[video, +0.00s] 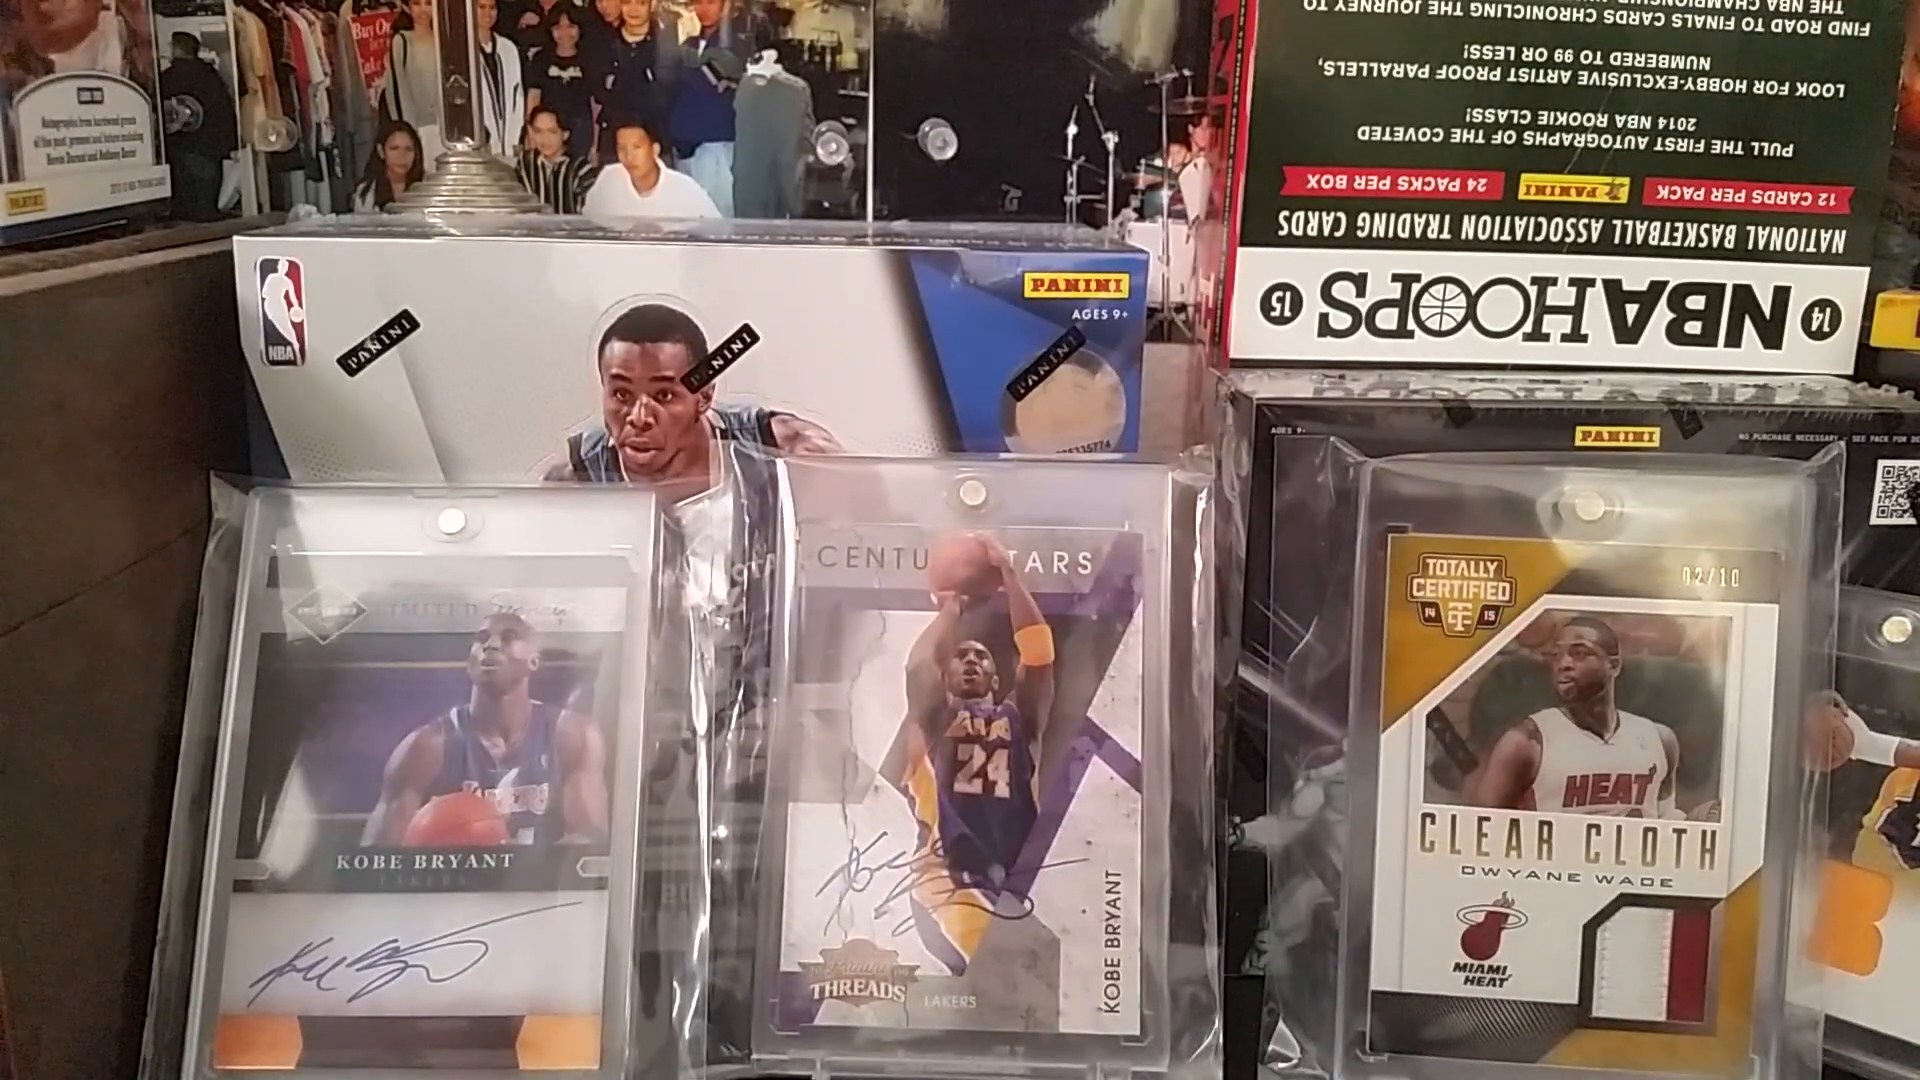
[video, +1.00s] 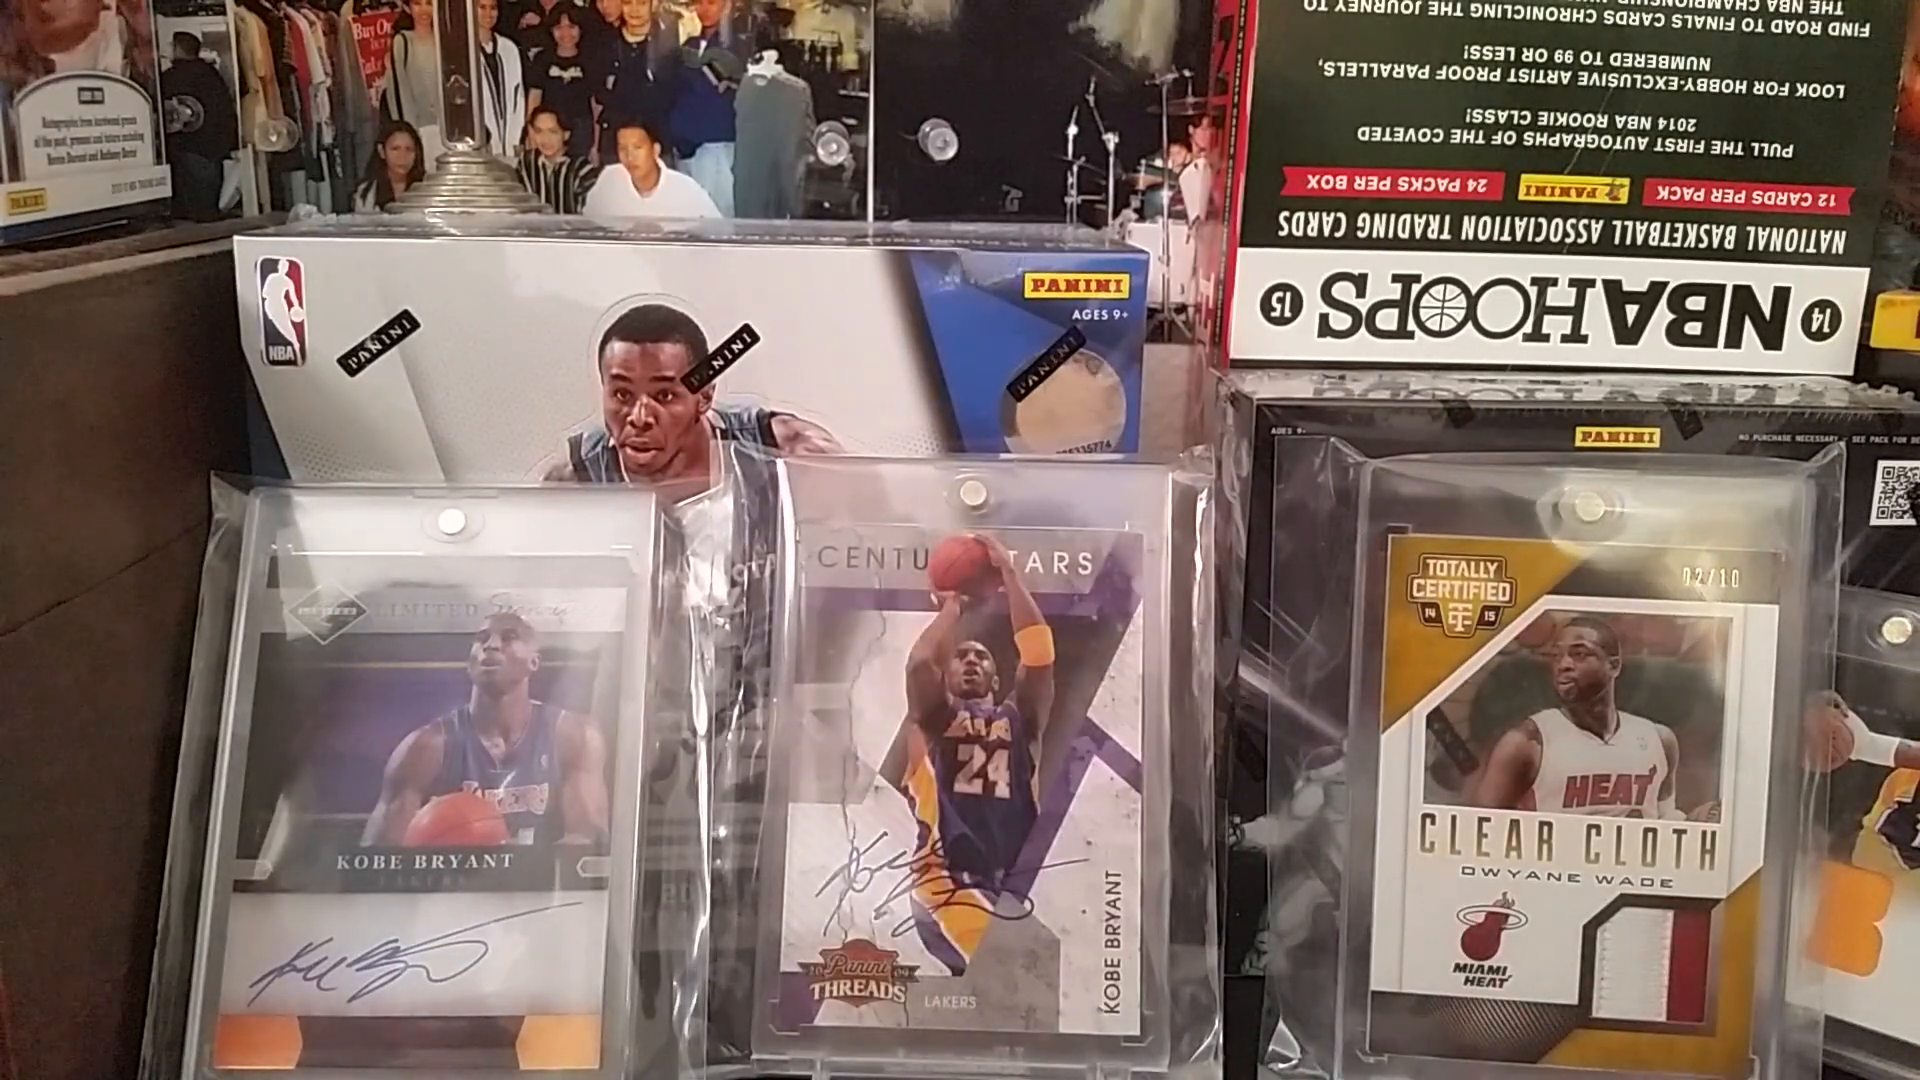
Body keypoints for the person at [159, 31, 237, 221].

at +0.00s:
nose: (170, 51)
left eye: (172, 47)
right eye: (172, 47)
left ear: (175, 49)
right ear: (196, 50)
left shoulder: (164, 78)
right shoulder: (211, 76)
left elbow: (156, 116)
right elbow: (225, 110)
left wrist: (159, 149)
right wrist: (230, 145)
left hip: (176, 151)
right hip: (209, 149)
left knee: (180, 207)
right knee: (207, 207)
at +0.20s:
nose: (172, 51)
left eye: (173, 48)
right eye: (174, 48)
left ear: (175, 49)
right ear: (196, 50)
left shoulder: (165, 78)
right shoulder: (213, 76)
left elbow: (158, 116)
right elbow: (226, 110)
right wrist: (231, 144)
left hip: (177, 150)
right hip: (211, 148)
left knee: (181, 207)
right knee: (208, 207)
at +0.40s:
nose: (171, 51)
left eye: (172, 48)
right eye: (173, 48)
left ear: (175, 49)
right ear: (196, 50)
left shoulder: (165, 78)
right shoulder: (212, 75)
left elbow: (158, 117)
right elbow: (226, 109)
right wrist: (231, 144)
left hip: (180, 150)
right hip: (212, 148)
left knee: (182, 207)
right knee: (209, 207)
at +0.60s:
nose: (171, 50)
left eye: (172, 47)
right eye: (173, 47)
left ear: (175, 49)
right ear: (197, 50)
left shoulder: (165, 78)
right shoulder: (211, 75)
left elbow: (158, 115)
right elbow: (225, 109)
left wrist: (160, 148)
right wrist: (230, 144)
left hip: (176, 149)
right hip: (209, 147)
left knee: (180, 208)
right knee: (207, 208)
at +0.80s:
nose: (171, 50)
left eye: (172, 47)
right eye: (173, 47)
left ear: (176, 48)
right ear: (197, 49)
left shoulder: (165, 78)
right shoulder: (212, 74)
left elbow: (158, 117)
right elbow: (226, 109)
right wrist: (231, 143)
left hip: (180, 150)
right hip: (212, 147)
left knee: (183, 206)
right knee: (208, 205)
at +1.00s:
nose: (171, 51)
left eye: (173, 47)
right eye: (173, 47)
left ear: (176, 49)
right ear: (197, 50)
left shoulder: (166, 78)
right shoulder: (213, 75)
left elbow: (158, 116)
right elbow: (226, 111)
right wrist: (229, 145)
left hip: (179, 150)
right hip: (211, 148)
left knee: (182, 207)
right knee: (208, 207)